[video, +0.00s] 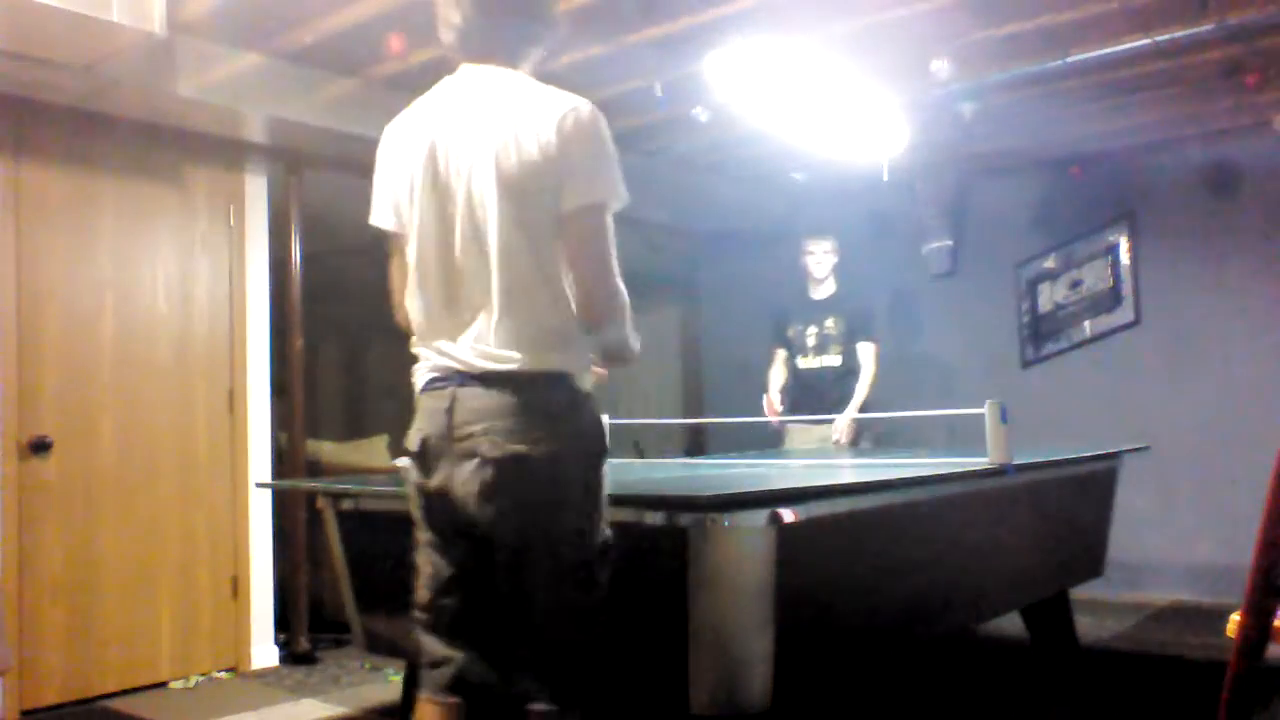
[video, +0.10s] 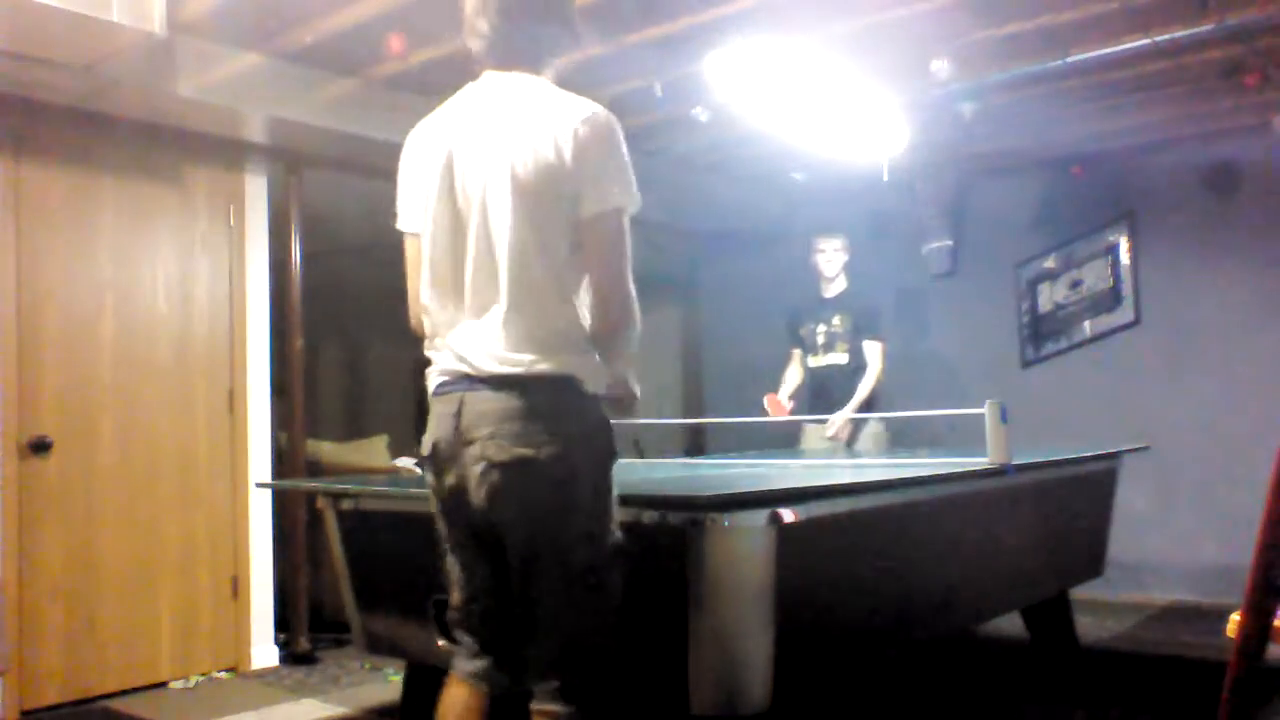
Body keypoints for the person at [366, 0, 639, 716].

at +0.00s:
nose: (441, 23)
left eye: (442, 16)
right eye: (552, 26)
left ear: (449, 29)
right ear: (543, 35)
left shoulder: (405, 130)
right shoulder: (567, 117)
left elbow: (408, 301)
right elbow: (595, 294)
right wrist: (617, 346)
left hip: (442, 413)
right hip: (543, 416)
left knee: (445, 652)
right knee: (557, 649)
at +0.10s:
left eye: (472, 21)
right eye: (567, 27)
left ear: (474, 39)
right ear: (559, 39)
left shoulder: (426, 136)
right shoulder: (583, 124)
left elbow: (423, 309)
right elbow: (610, 306)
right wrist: (616, 372)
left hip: (451, 415)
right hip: (549, 417)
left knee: (477, 646)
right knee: (566, 656)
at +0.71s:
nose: (621, 78)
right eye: (617, 65)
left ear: (530, 67)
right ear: (608, 66)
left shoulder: (477, 148)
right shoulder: (617, 139)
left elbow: (469, 296)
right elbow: (635, 305)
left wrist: (455, 421)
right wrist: (645, 441)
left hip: (462, 408)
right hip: (552, 411)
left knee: (468, 643)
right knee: (566, 648)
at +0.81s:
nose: (617, 75)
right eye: (612, 62)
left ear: (527, 64)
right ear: (604, 63)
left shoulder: (475, 148)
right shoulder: (613, 139)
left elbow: (468, 295)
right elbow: (633, 305)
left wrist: (457, 417)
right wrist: (644, 442)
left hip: (463, 409)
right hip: (551, 410)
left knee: (472, 641)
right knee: (566, 649)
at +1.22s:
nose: (588, 84)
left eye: (588, 70)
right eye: (584, 67)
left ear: (502, 68)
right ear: (570, 68)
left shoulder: (459, 149)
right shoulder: (546, 132)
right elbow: (514, 290)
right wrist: (607, 401)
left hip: (428, 414)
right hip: (494, 416)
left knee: (455, 637)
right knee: (548, 649)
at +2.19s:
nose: (288, 122)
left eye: (287, 108)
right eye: (280, 107)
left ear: (204, 108)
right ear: (249, 105)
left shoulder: (153, 191)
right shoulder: (244, 160)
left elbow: (115, 352)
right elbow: (361, 249)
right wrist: (441, 166)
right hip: (156, 465)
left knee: (267, 642)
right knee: (97, 691)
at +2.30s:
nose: (271, 121)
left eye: (269, 104)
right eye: (260, 103)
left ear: (200, 114)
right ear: (213, 112)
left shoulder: (174, 182)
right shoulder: (183, 172)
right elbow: (213, 305)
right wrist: (369, 299)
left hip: (152, 483)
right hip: (110, 473)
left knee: (259, 657)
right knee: (50, 698)